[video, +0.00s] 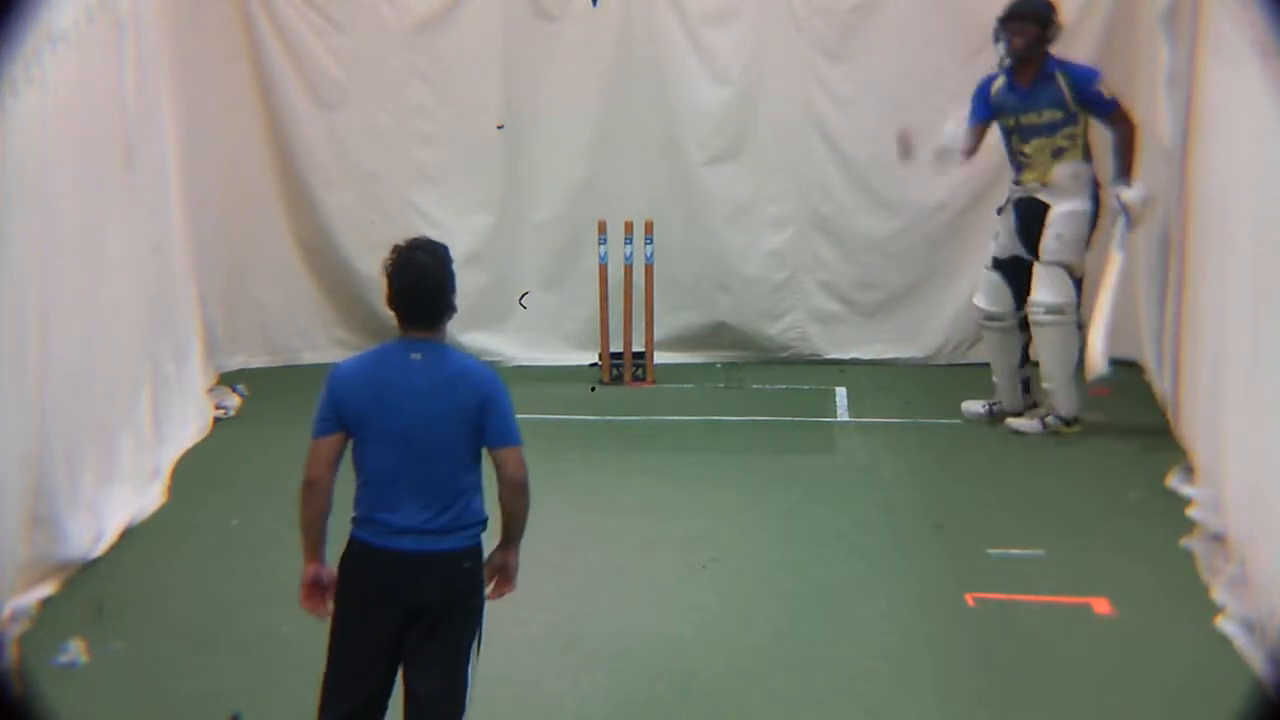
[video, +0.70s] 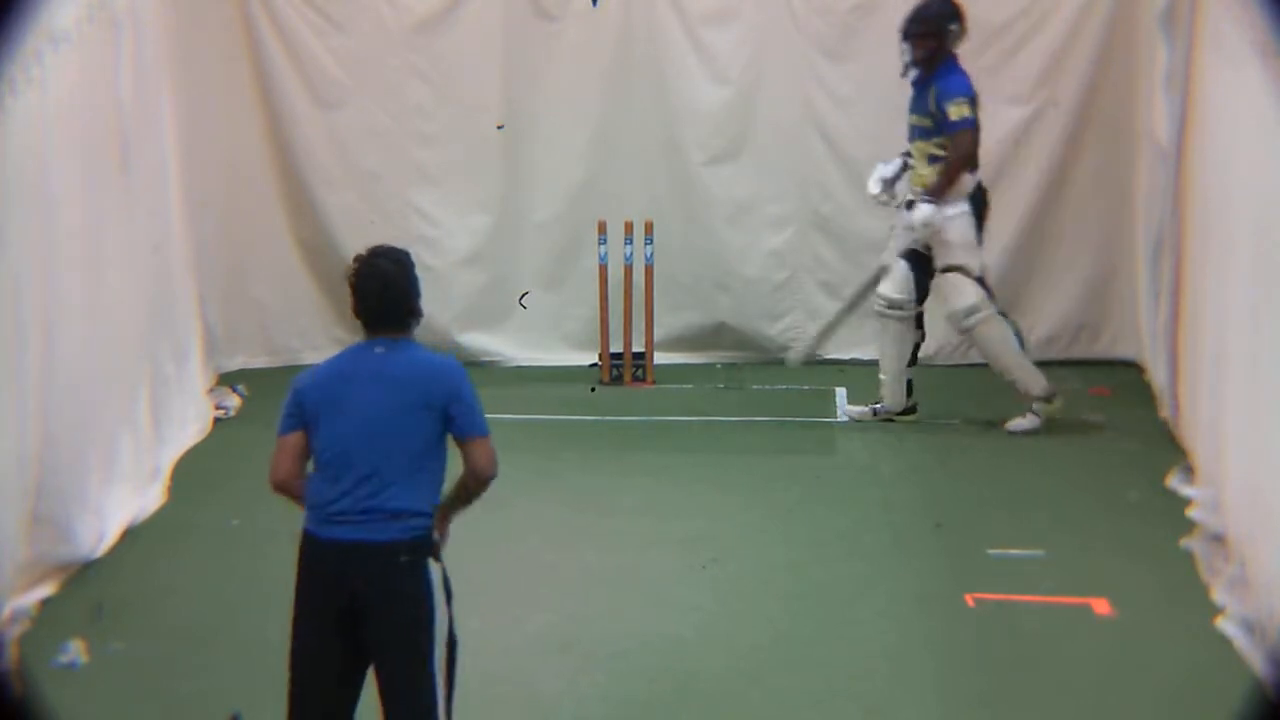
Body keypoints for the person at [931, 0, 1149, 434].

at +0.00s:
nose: (1017, 43)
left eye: (1027, 35)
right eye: (1011, 34)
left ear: (1045, 38)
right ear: (1001, 37)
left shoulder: (1074, 81)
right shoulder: (991, 91)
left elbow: (1123, 124)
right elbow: (967, 147)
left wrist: (1123, 184)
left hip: (1072, 198)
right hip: (1024, 198)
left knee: (1051, 298)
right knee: (996, 297)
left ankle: (1062, 411)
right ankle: (1012, 401)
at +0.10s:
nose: (1019, 38)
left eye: (1028, 30)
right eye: (1012, 29)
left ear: (1045, 35)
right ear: (1000, 33)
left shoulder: (1067, 81)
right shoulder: (994, 76)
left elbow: (1117, 128)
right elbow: (963, 119)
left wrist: (1115, 191)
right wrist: (980, 90)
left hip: (1060, 200)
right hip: (1014, 197)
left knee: (1042, 303)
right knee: (987, 297)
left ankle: (1062, 409)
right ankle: (1008, 395)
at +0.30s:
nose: (1006, 41)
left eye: (1016, 33)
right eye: (1000, 32)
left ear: (1035, 35)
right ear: (991, 33)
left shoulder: (1049, 84)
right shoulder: (981, 76)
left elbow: (1095, 139)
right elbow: (942, 130)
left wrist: (1080, 200)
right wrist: (971, 99)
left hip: (1036, 201)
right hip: (992, 198)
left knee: (1028, 295)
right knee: (945, 287)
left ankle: (1061, 408)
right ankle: (963, 388)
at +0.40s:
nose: (992, 40)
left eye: (1003, 32)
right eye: (988, 30)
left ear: (1020, 39)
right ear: (977, 33)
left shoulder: (1032, 88)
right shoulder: (967, 85)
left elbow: (1072, 143)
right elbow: (937, 140)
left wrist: (1054, 203)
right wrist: (949, 136)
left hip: (1019, 209)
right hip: (975, 206)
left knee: (1024, 308)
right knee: (934, 295)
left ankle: (1061, 409)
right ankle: (922, 396)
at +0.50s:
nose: (966, 48)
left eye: (976, 41)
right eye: (962, 39)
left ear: (996, 46)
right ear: (955, 40)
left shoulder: (1009, 92)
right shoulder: (952, 89)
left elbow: (1043, 147)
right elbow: (945, 133)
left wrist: (1020, 205)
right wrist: (930, 162)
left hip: (999, 214)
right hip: (957, 213)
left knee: (1011, 310)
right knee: (922, 302)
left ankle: (1059, 411)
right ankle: (902, 399)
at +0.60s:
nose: (939, 54)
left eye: (950, 47)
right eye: (936, 44)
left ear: (970, 50)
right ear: (929, 41)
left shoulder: (977, 89)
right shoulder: (937, 83)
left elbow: (1004, 147)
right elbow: (945, 139)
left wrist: (979, 206)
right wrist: (918, 164)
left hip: (978, 208)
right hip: (940, 205)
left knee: (995, 306)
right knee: (904, 297)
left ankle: (1054, 404)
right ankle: (895, 401)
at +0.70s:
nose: (914, 47)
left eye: (923, 39)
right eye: (910, 39)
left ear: (945, 41)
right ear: (908, 41)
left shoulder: (952, 85)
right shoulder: (925, 81)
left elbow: (965, 151)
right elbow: (929, 139)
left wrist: (929, 201)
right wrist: (901, 164)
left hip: (955, 206)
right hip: (921, 204)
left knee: (964, 302)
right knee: (896, 296)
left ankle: (1041, 395)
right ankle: (895, 401)